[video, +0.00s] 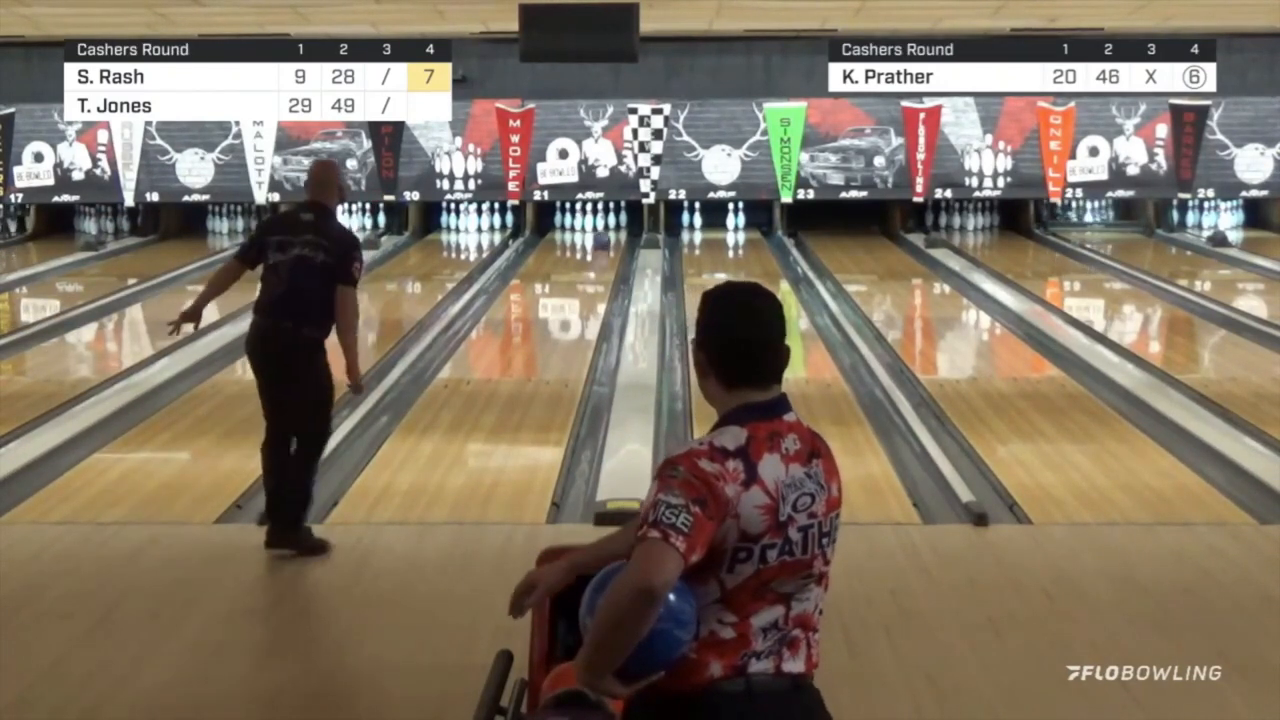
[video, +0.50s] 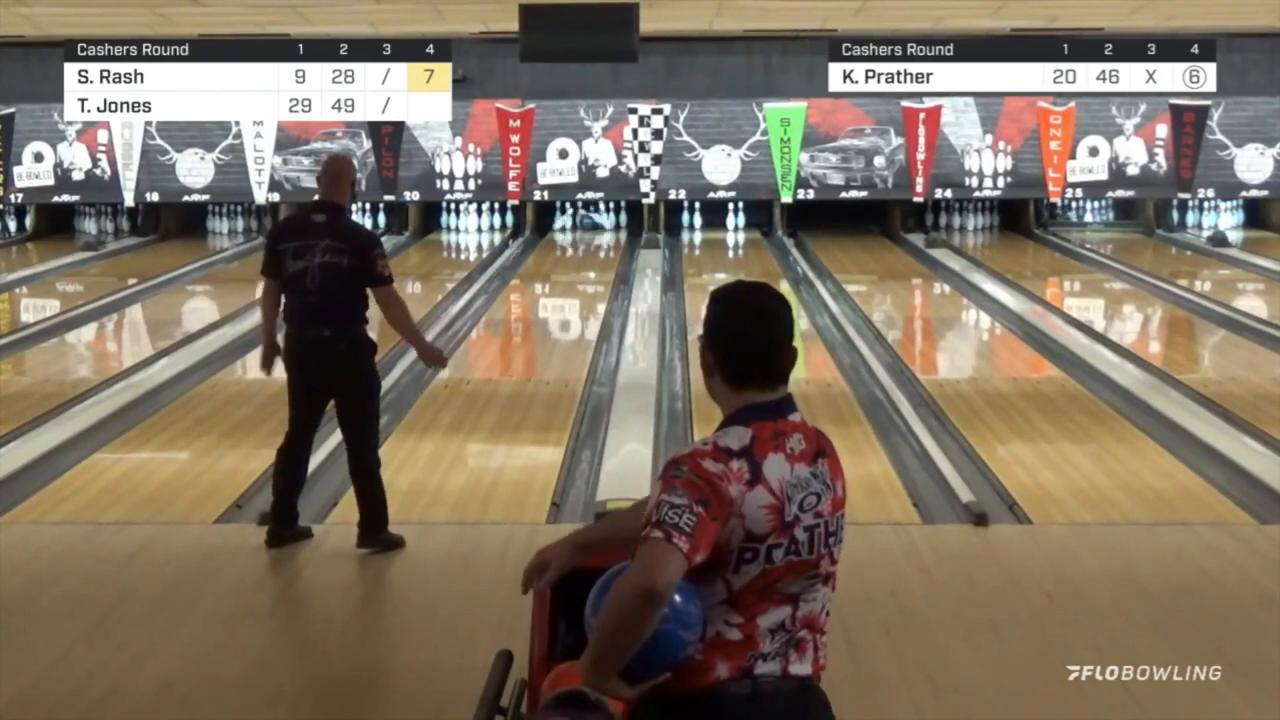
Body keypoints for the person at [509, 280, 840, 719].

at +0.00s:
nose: (693, 357)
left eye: (694, 347)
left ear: (701, 360)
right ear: (782, 357)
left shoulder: (701, 468)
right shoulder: (816, 452)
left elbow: (650, 581)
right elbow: (674, 518)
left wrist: (590, 672)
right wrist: (569, 565)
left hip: (699, 697)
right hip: (793, 691)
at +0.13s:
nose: (695, 356)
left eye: (695, 346)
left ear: (701, 359)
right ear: (785, 357)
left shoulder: (701, 468)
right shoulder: (820, 453)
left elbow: (650, 580)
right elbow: (685, 518)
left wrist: (591, 673)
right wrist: (578, 571)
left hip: (699, 698)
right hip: (795, 693)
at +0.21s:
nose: (696, 357)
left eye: (696, 347)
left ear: (701, 359)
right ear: (786, 357)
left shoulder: (701, 468)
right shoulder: (820, 453)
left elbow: (649, 581)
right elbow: (686, 518)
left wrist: (591, 673)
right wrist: (578, 569)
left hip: (700, 699)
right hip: (796, 693)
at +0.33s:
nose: (698, 356)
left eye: (699, 346)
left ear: (703, 359)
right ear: (789, 357)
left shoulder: (702, 469)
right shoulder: (820, 452)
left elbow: (650, 581)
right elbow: (678, 514)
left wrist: (591, 674)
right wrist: (578, 557)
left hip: (701, 699)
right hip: (796, 693)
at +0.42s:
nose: (699, 354)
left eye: (700, 345)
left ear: (705, 359)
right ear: (791, 359)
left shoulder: (704, 469)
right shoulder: (821, 452)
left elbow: (650, 582)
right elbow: (680, 514)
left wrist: (593, 673)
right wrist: (578, 550)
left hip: (702, 699)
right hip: (798, 693)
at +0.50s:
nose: (700, 354)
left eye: (701, 345)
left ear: (705, 358)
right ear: (791, 359)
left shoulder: (704, 468)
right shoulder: (821, 451)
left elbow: (652, 582)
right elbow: (680, 509)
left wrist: (594, 673)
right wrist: (575, 542)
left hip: (702, 700)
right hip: (799, 694)